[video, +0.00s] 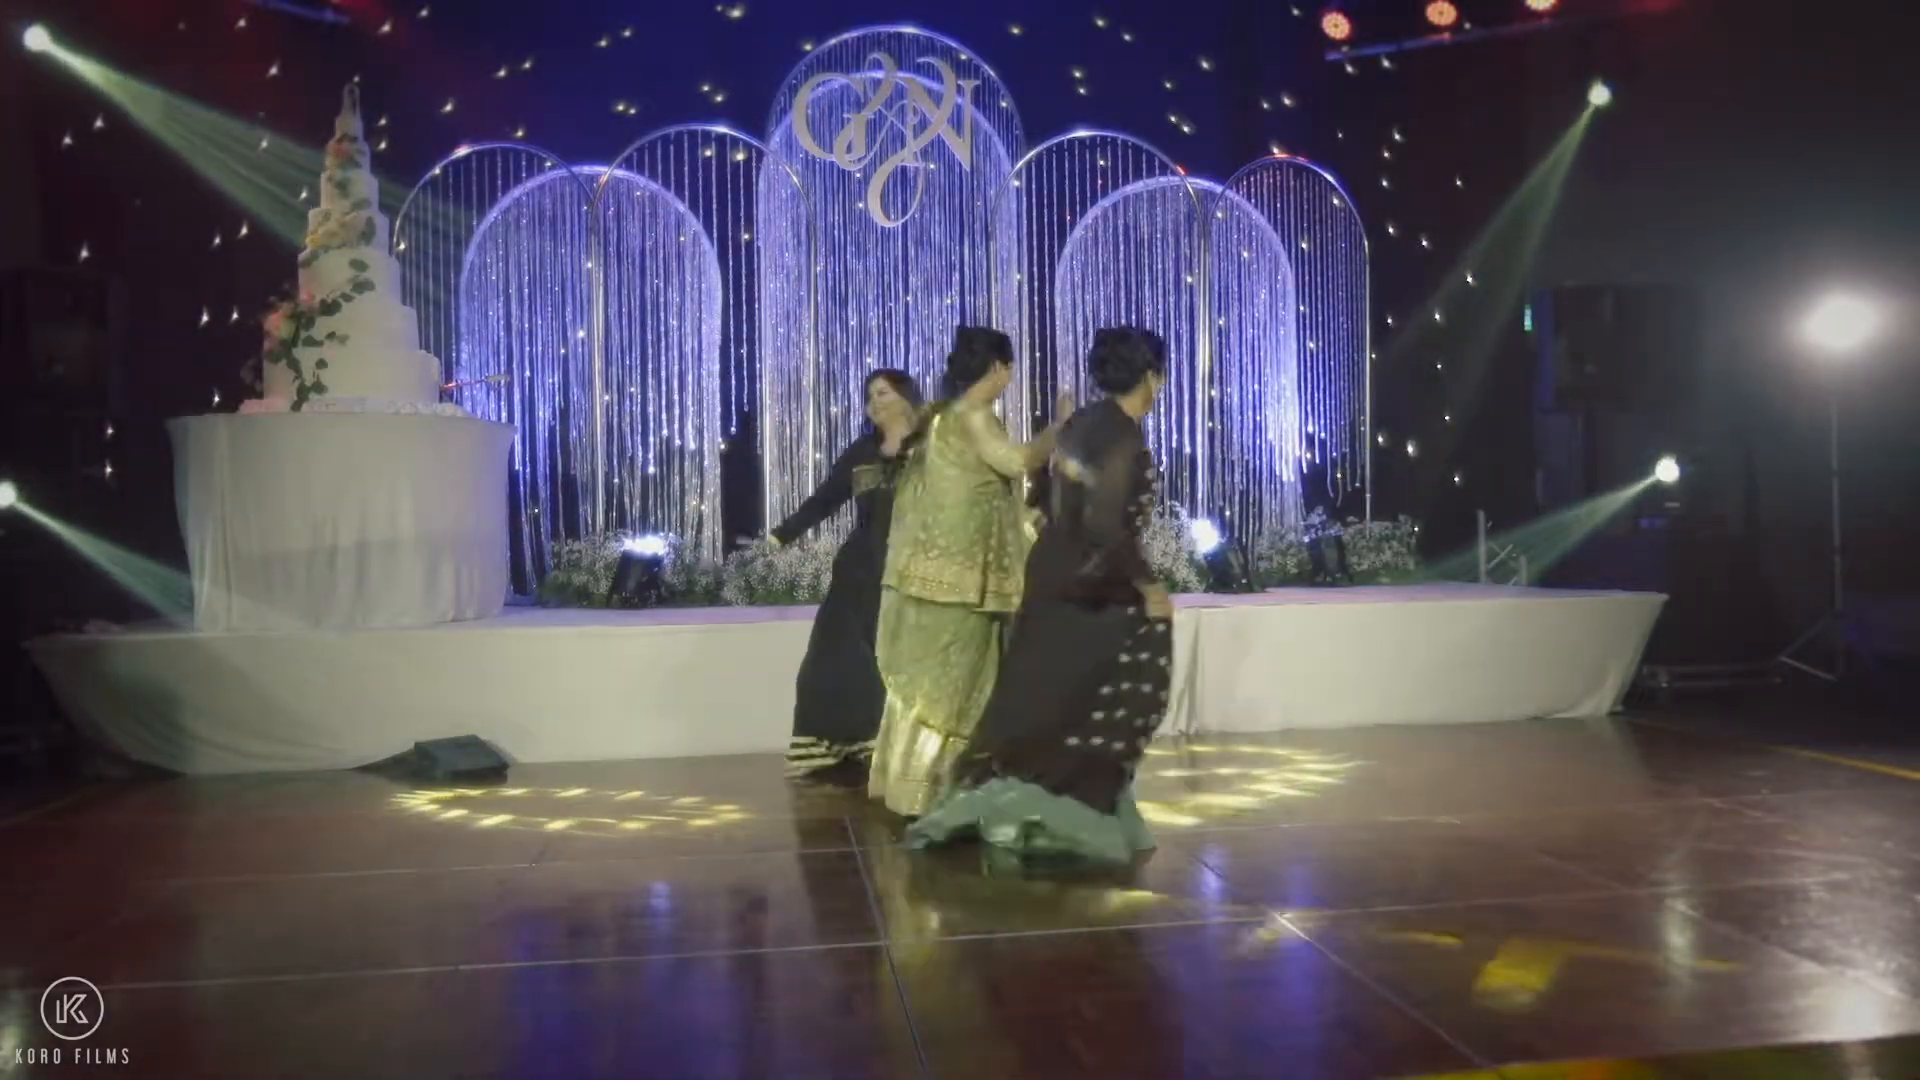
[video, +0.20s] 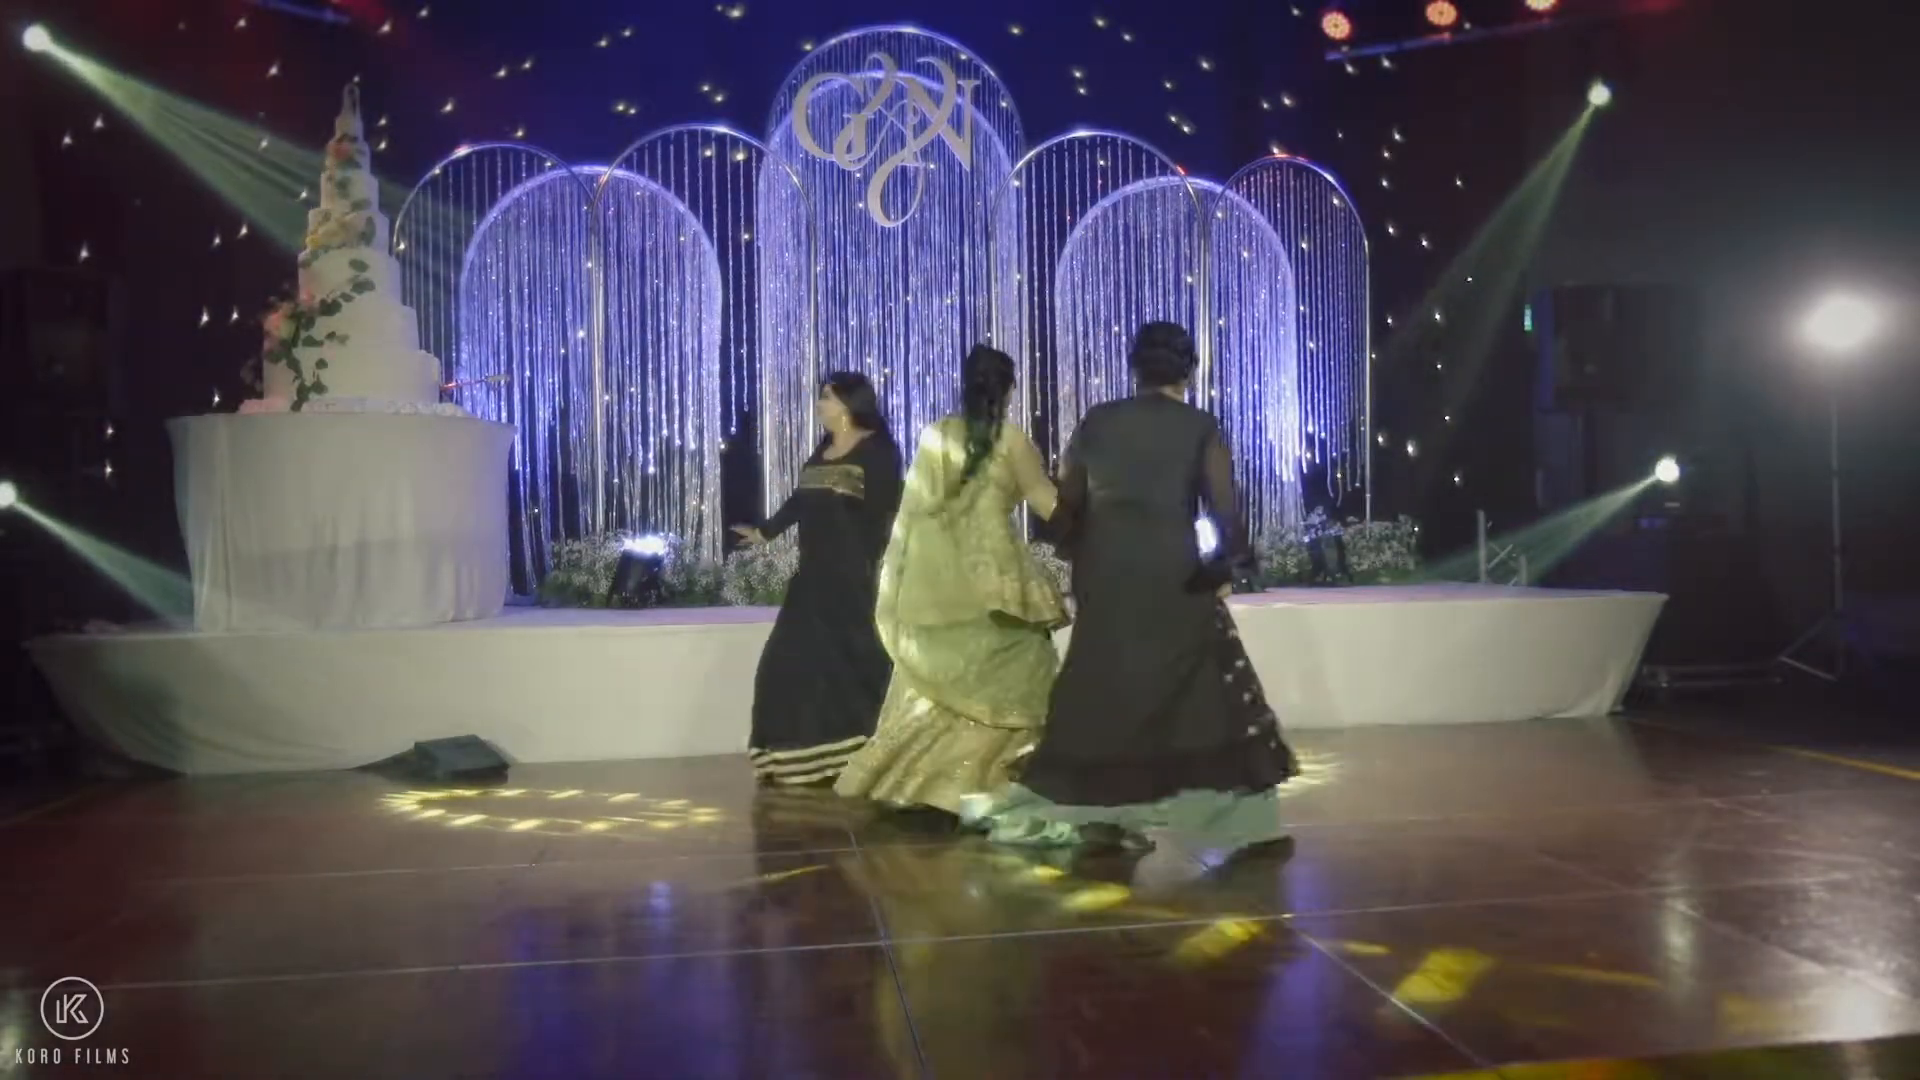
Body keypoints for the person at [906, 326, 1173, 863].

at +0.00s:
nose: (1163, 382)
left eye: (1160, 373)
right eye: (1160, 373)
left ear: (1105, 374)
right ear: (1150, 378)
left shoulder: (1078, 424)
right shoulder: (1123, 438)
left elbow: (1041, 498)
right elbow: (1105, 522)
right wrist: (1146, 583)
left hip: (1053, 581)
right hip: (1096, 589)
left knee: (1045, 695)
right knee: (1130, 697)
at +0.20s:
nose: (1185, 375)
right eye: (1187, 367)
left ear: (1135, 369)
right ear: (1188, 370)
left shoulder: (1095, 422)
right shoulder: (1200, 428)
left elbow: (1066, 508)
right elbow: (1224, 509)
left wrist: (1084, 553)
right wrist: (1231, 558)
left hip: (1105, 580)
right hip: (1173, 579)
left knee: (1107, 692)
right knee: (1213, 687)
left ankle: (1108, 819)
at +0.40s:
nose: (1167, 375)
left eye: (1169, 367)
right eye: (1170, 366)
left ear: (1178, 366)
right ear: (1224, 366)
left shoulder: (1173, 415)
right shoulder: (1253, 423)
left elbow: (1138, 503)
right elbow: (1275, 513)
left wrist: (1092, 520)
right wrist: (1257, 548)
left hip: (1186, 583)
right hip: (1244, 585)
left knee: (1168, 700)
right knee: (1249, 701)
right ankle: (1269, 838)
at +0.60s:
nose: (1190, 376)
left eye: (1197, 365)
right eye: (1191, 366)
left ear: (1228, 367)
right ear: (1226, 368)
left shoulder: (1256, 410)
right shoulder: (1224, 419)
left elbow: (1273, 484)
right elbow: (1230, 492)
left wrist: (1239, 539)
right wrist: (1220, 545)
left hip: (1280, 570)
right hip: (1252, 570)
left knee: (1278, 684)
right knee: (1254, 683)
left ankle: (1291, 818)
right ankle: (1271, 813)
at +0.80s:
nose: (1260, 371)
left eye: (1270, 361)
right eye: (1250, 363)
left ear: (1289, 365)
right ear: (1239, 371)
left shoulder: (1322, 416)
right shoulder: (1225, 433)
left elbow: (1362, 485)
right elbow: (1216, 504)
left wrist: (1352, 543)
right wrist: (1211, 553)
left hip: (1313, 568)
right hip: (1252, 570)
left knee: (1306, 685)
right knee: (1254, 685)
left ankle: (1304, 805)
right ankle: (1264, 806)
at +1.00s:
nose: (1345, 368)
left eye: (1347, 360)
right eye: (1334, 360)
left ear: (1348, 367)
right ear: (1303, 368)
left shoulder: (1366, 423)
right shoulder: (1276, 428)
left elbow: (1401, 489)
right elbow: (1242, 499)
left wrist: (1419, 535)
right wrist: (1274, 556)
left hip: (1378, 574)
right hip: (1319, 579)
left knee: (1391, 686)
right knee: (1327, 690)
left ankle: (1394, 808)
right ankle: (1329, 809)